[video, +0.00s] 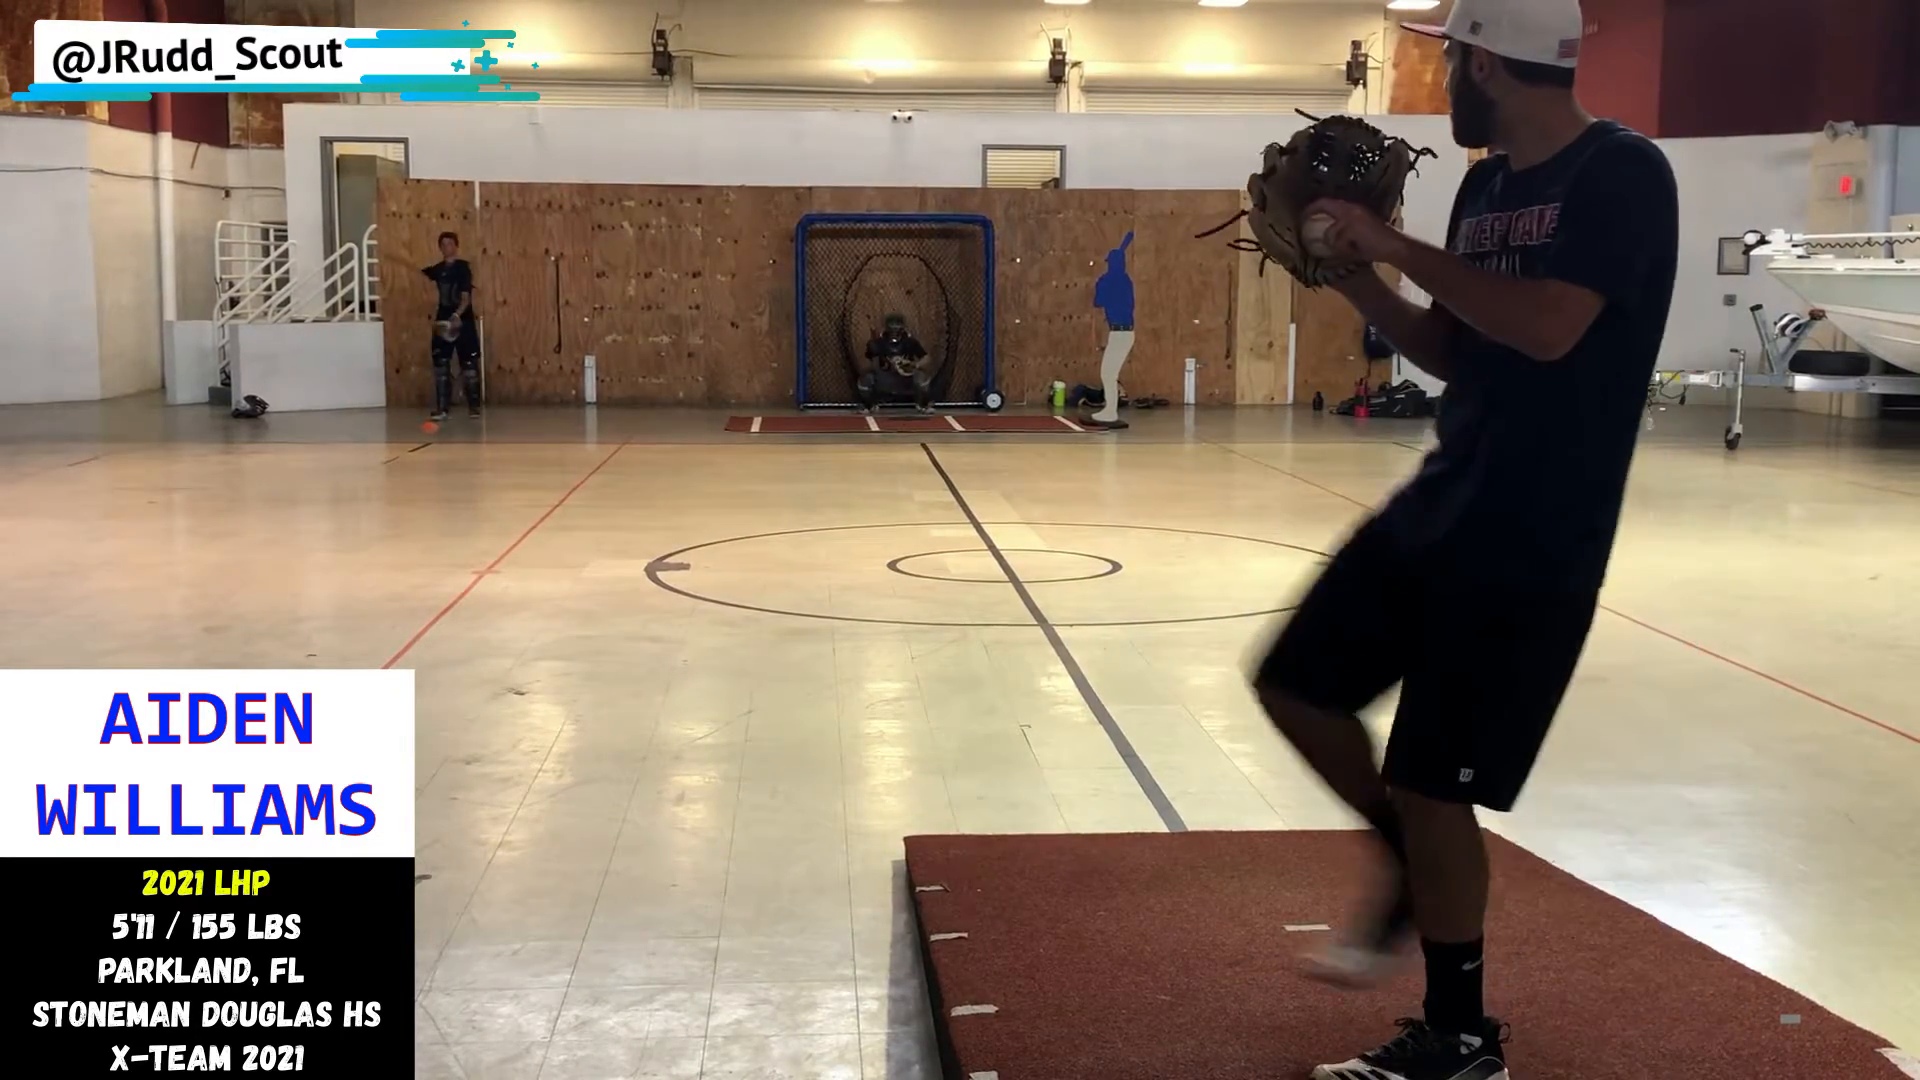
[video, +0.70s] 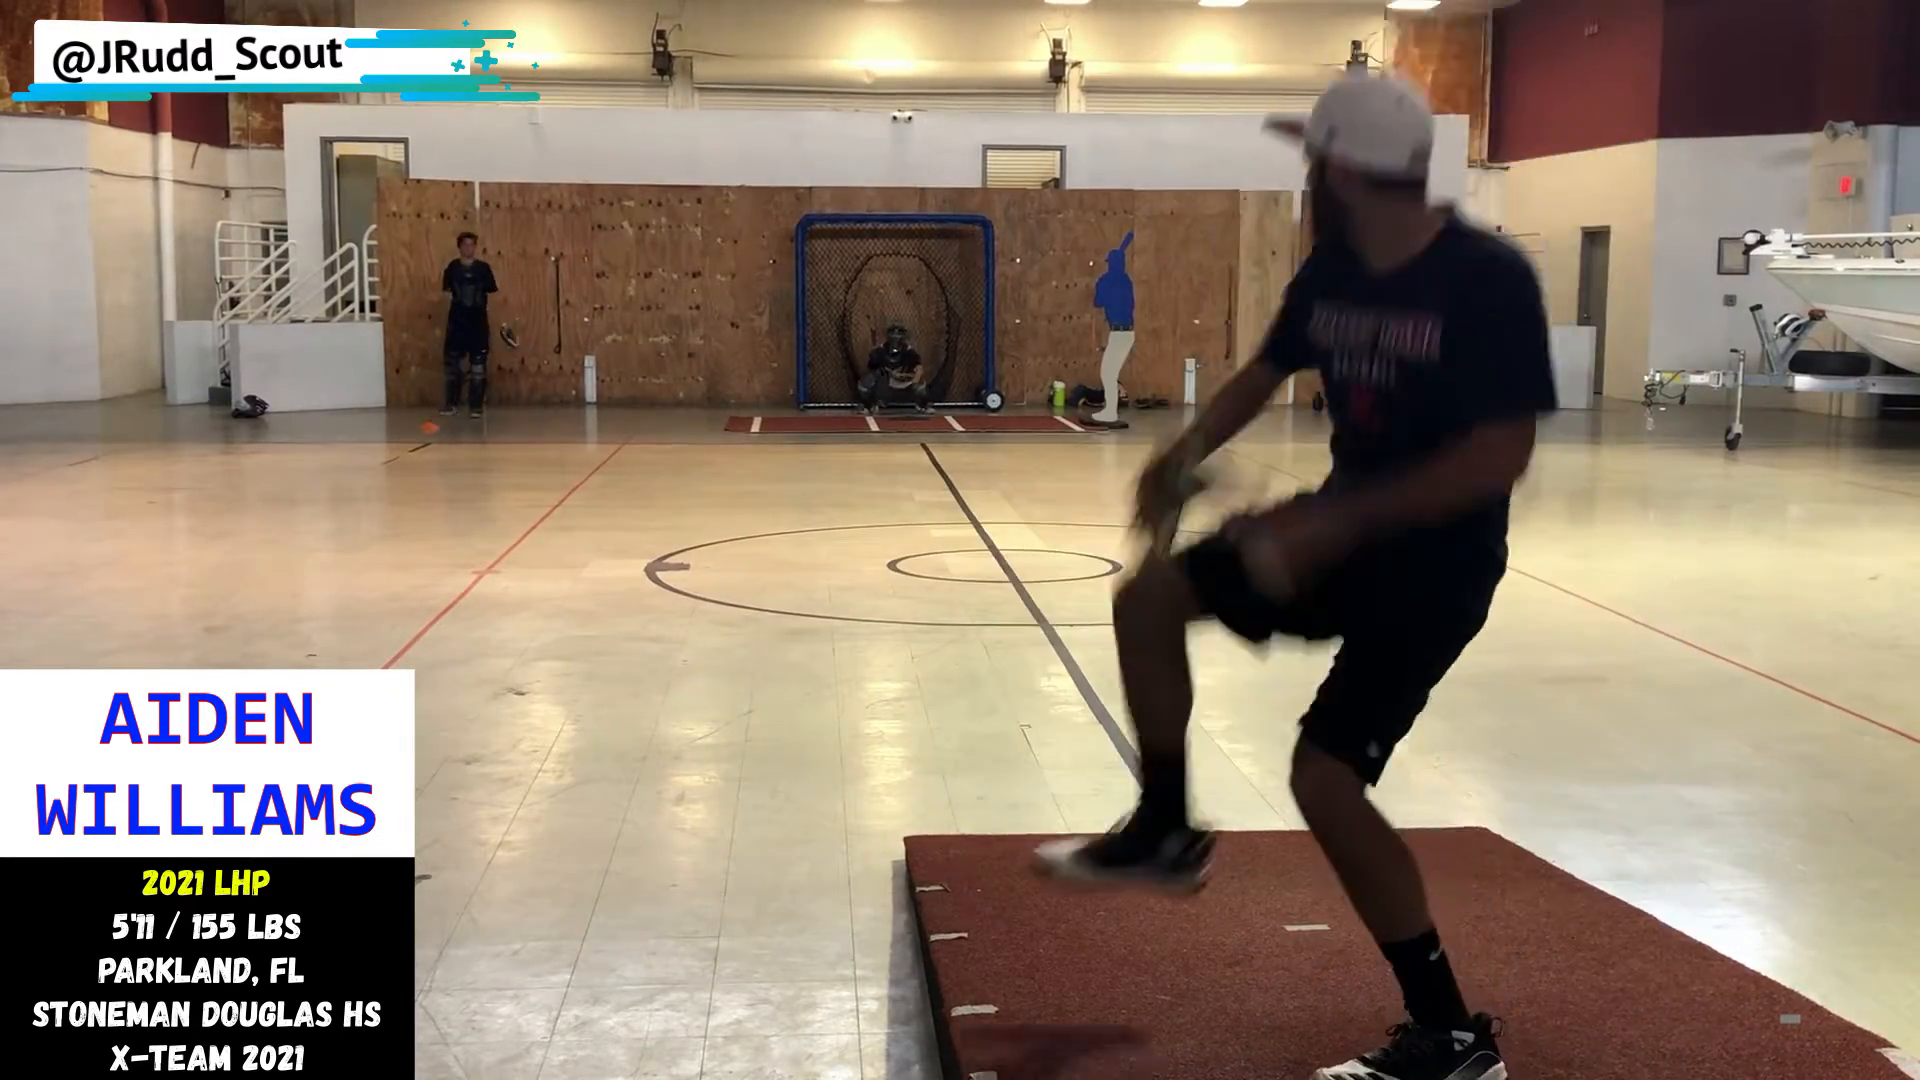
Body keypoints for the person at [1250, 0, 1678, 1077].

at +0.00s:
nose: (1445, 85)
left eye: (1452, 59)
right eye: (1446, 62)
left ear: (1489, 60)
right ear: (1526, 62)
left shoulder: (1624, 171)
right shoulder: (1485, 185)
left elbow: (1547, 326)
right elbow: (1452, 354)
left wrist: (1391, 243)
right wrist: (1352, 277)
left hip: (1539, 533)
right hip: (1446, 504)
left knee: (1429, 778)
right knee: (1296, 685)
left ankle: (1457, 1028)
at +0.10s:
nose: (1440, 79)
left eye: (1446, 55)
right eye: (1442, 57)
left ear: (1483, 58)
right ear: (1517, 61)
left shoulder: (1620, 172)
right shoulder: (1476, 183)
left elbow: (1547, 325)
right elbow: (1441, 344)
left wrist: (1390, 245)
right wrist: (1342, 278)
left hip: (1514, 526)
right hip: (1421, 483)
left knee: (1430, 771)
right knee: (1215, 575)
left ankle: (1457, 1030)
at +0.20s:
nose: (1431, 81)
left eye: (1439, 58)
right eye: (1433, 59)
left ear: (1475, 60)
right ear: (1513, 63)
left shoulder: (1608, 174)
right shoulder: (1463, 184)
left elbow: (1538, 326)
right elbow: (1421, 343)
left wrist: (1383, 250)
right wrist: (1334, 280)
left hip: (1488, 522)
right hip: (1398, 470)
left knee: (1425, 762)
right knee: (1179, 451)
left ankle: (1458, 1031)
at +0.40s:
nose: (1395, 84)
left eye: (1400, 64)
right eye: (1397, 66)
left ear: (1428, 69)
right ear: (1468, 72)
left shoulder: (1568, 181)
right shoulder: (1418, 187)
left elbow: (1513, 335)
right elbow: (1381, 349)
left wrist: (1359, 259)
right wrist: (1307, 273)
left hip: (1447, 510)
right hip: (1363, 457)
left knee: (1401, 766)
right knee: (1195, 292)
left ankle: (1457, 1030)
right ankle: (1133, 539)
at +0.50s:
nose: (1363, 97)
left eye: (1372, 78)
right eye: (1365, 78)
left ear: (1411, 83)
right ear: (1423, 85)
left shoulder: (1541, 191)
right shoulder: (1395, 197)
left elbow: (1500, 353)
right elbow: (1371, 360)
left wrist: (1349, 281)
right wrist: (1292, 300)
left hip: (1431, 520)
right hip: (1348, 470)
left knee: (1371, 772)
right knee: (1181, 324)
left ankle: (1451, 1031)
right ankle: (1248, 573)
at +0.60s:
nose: (1336, 122)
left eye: (1347, 105)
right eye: (1339, 103)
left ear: (1383, 110)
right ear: (1410, 109)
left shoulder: (1515, 218)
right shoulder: (1365, 215)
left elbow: (1500, 395)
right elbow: (1340, 352)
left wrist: (1335, 355)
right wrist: (1270, 332)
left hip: (1438, 532)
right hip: (1349, 488)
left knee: (1342, 770)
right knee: (1149, 465)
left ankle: (1448, 1027)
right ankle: (1230, 690)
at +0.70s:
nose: (1307, 180)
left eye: (1317, 164)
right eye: (1309, 162)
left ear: (1356, 174)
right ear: (1381, 172)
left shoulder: (1492, 279)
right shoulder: (1333, 268)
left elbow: (1501, 453)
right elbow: (1262, 377)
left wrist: (1332, 520)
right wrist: (1176, 460)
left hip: (1441, 556)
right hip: (1341, 528)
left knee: (1325, 778)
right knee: (1147, 606)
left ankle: (1444, 1029)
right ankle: (1163, 828)